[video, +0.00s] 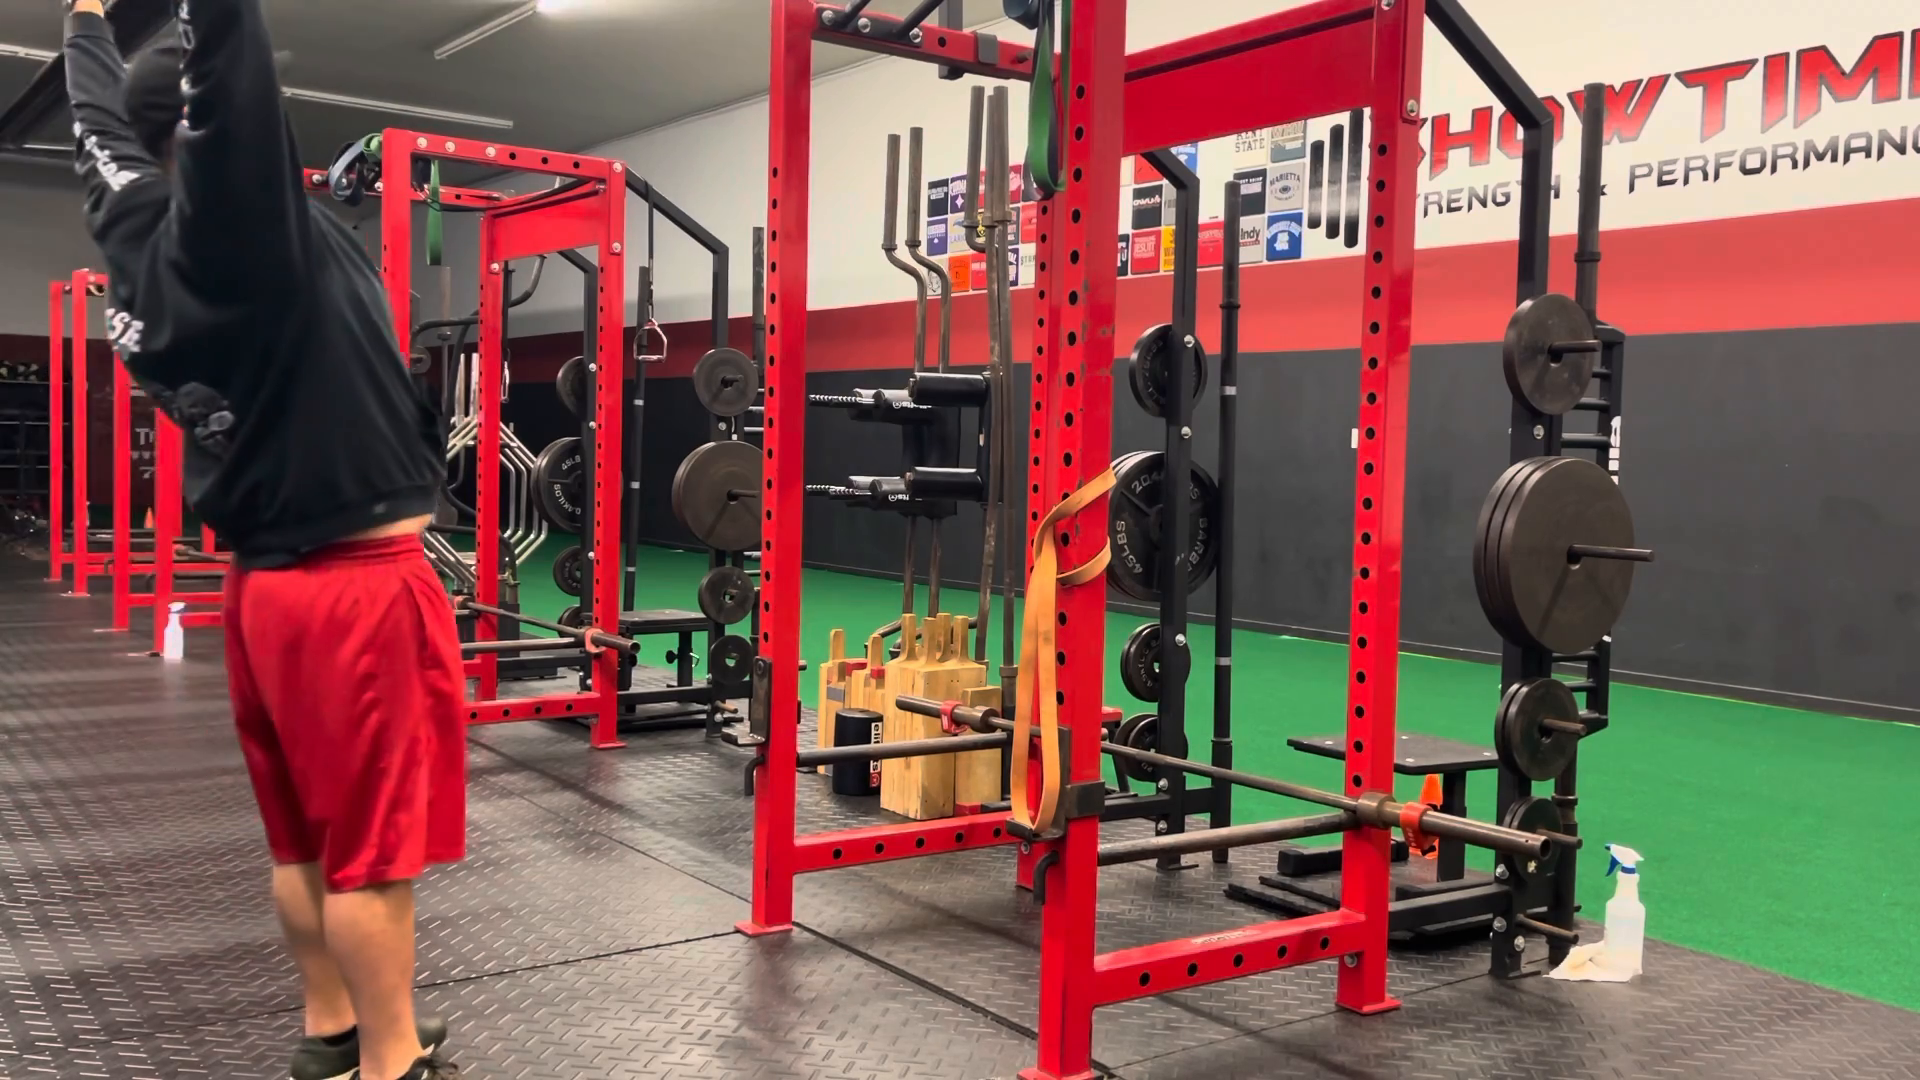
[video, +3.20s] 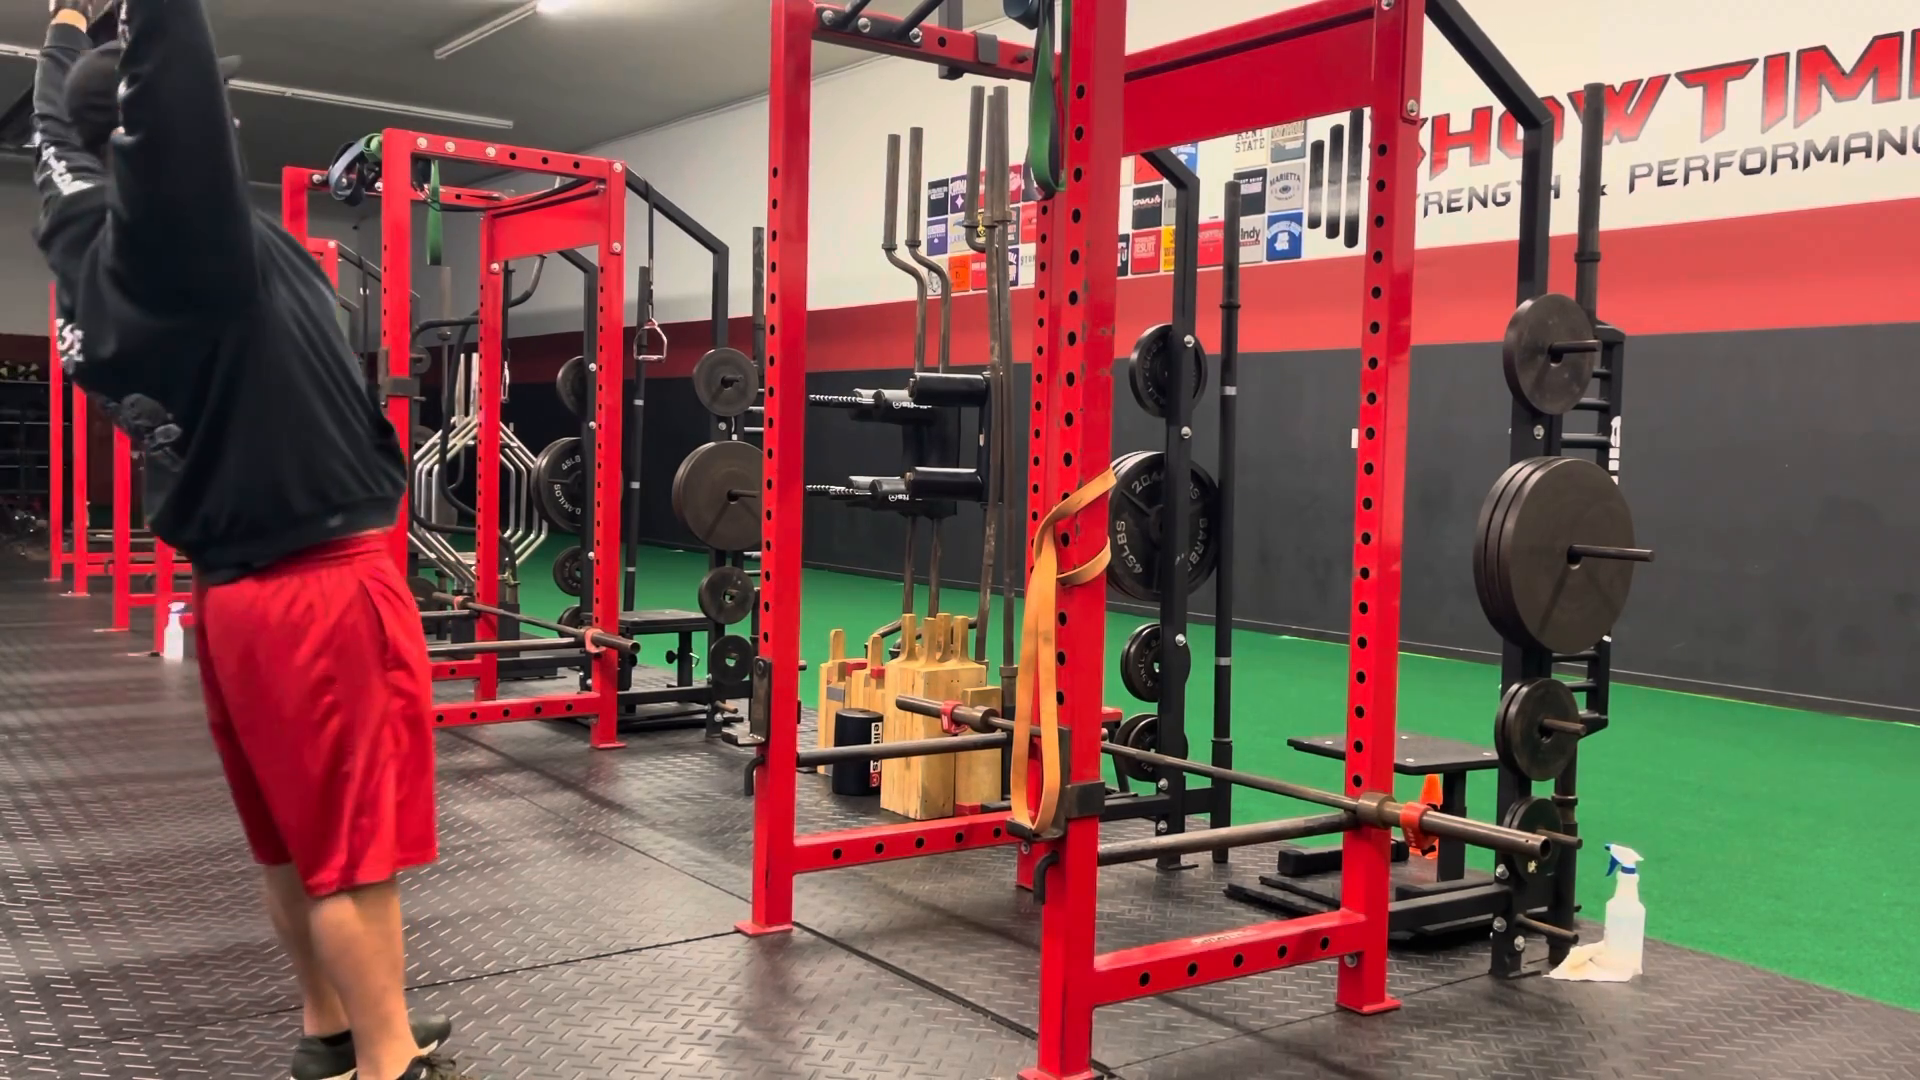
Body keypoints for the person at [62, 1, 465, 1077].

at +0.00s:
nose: (248, 122)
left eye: (221, 99)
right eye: (226, 99)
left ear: (149, 137)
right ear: (216, 119)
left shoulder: (146, 239)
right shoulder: (244, 220)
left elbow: (105, 130)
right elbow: (230, 62)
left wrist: (83, 18)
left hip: (263, 591)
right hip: (355, 591)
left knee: (300, 836)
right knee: (371, 855)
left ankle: (331, 1027)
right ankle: (392, 1056)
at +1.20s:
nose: (135, 125)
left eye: (123, 104)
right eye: (115, 111)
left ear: (36, 154)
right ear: (84, 131)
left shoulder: (59, 268)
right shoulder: (119, 239)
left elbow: (54, 170)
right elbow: (147, 89)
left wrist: (85, 44)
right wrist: (124, 7)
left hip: (216, 602)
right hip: (284, 595)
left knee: (290, 849)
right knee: (344, 863)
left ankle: (329, 1033)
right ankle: (392, 1060)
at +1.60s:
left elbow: (19, 175)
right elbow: (37, 156)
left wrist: (93, 142)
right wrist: (153, 36)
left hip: (95, 607)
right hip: (133, 607)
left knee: (239, 846)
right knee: (266, 864)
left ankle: (335, 1027)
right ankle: (371, 1063)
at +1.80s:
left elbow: (22, 296)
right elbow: (23, 293)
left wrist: (143, 248)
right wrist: (199, 193)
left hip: (58, 633)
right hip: (61, 634)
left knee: (202, 853)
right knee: (220, 884)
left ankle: (323, 1032)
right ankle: (361, 1065)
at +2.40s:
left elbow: (23, 272)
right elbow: (23, 281)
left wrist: (112, 187)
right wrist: (160, 110)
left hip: (79, 594)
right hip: (87, 604)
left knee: (229, 826)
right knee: (250, 856)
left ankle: (331, 1025)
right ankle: (370, 1065)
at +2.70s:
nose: (36, 143)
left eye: (35, 124)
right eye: (21, 123)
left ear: (36, 154)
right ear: (14, 163)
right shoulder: (35, 286)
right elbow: (74, 104)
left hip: (196, 616)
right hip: (223, 613)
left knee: (274, 858)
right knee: (316, 867)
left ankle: (330, 1033)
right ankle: (381, 1061)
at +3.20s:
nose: (201, 130)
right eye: (184, 113)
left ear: (88, 146)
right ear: (161, 125)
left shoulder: (103, 280)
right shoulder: (187, 238)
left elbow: (67, 170)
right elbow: (180, 81)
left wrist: (64, 48)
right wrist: (136, 2)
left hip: (238, 603)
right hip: (322, 596)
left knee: (292, 843)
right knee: (356, 858)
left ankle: (331, 1023)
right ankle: (389, 1060)